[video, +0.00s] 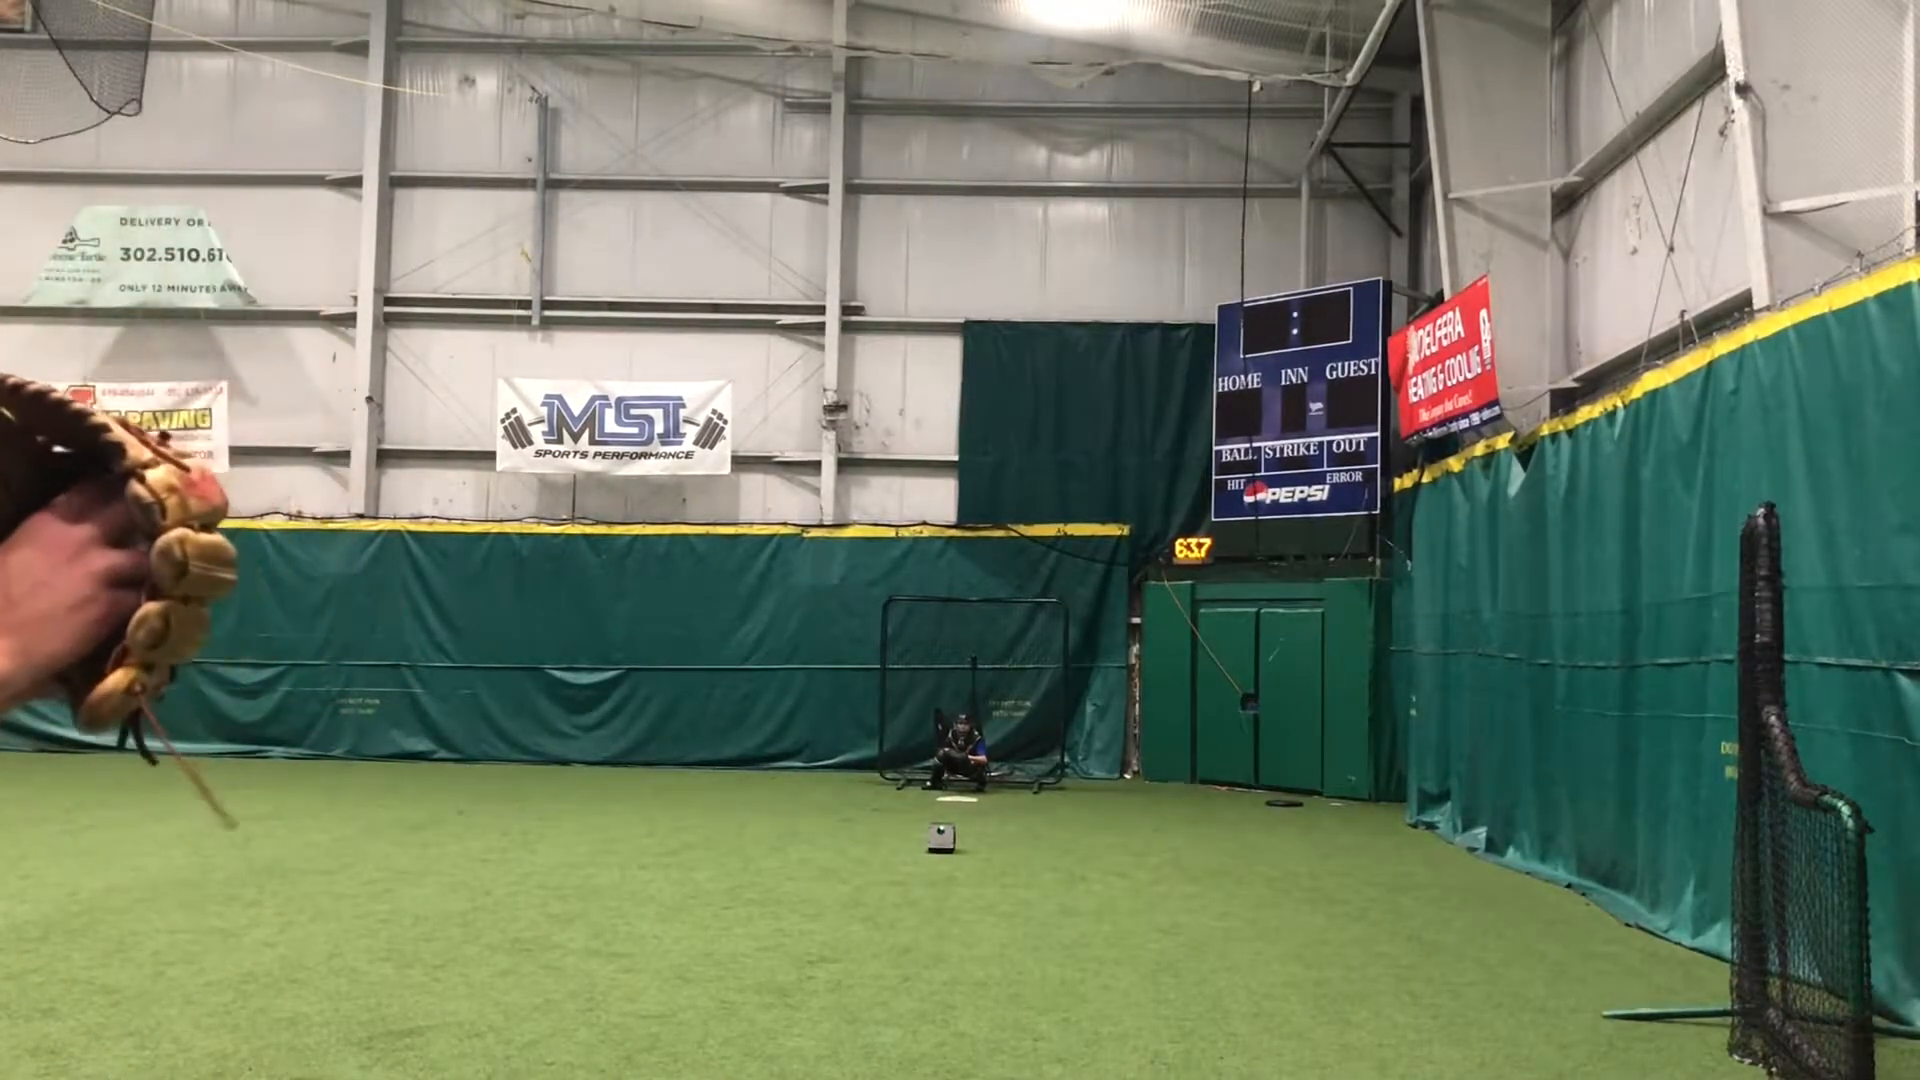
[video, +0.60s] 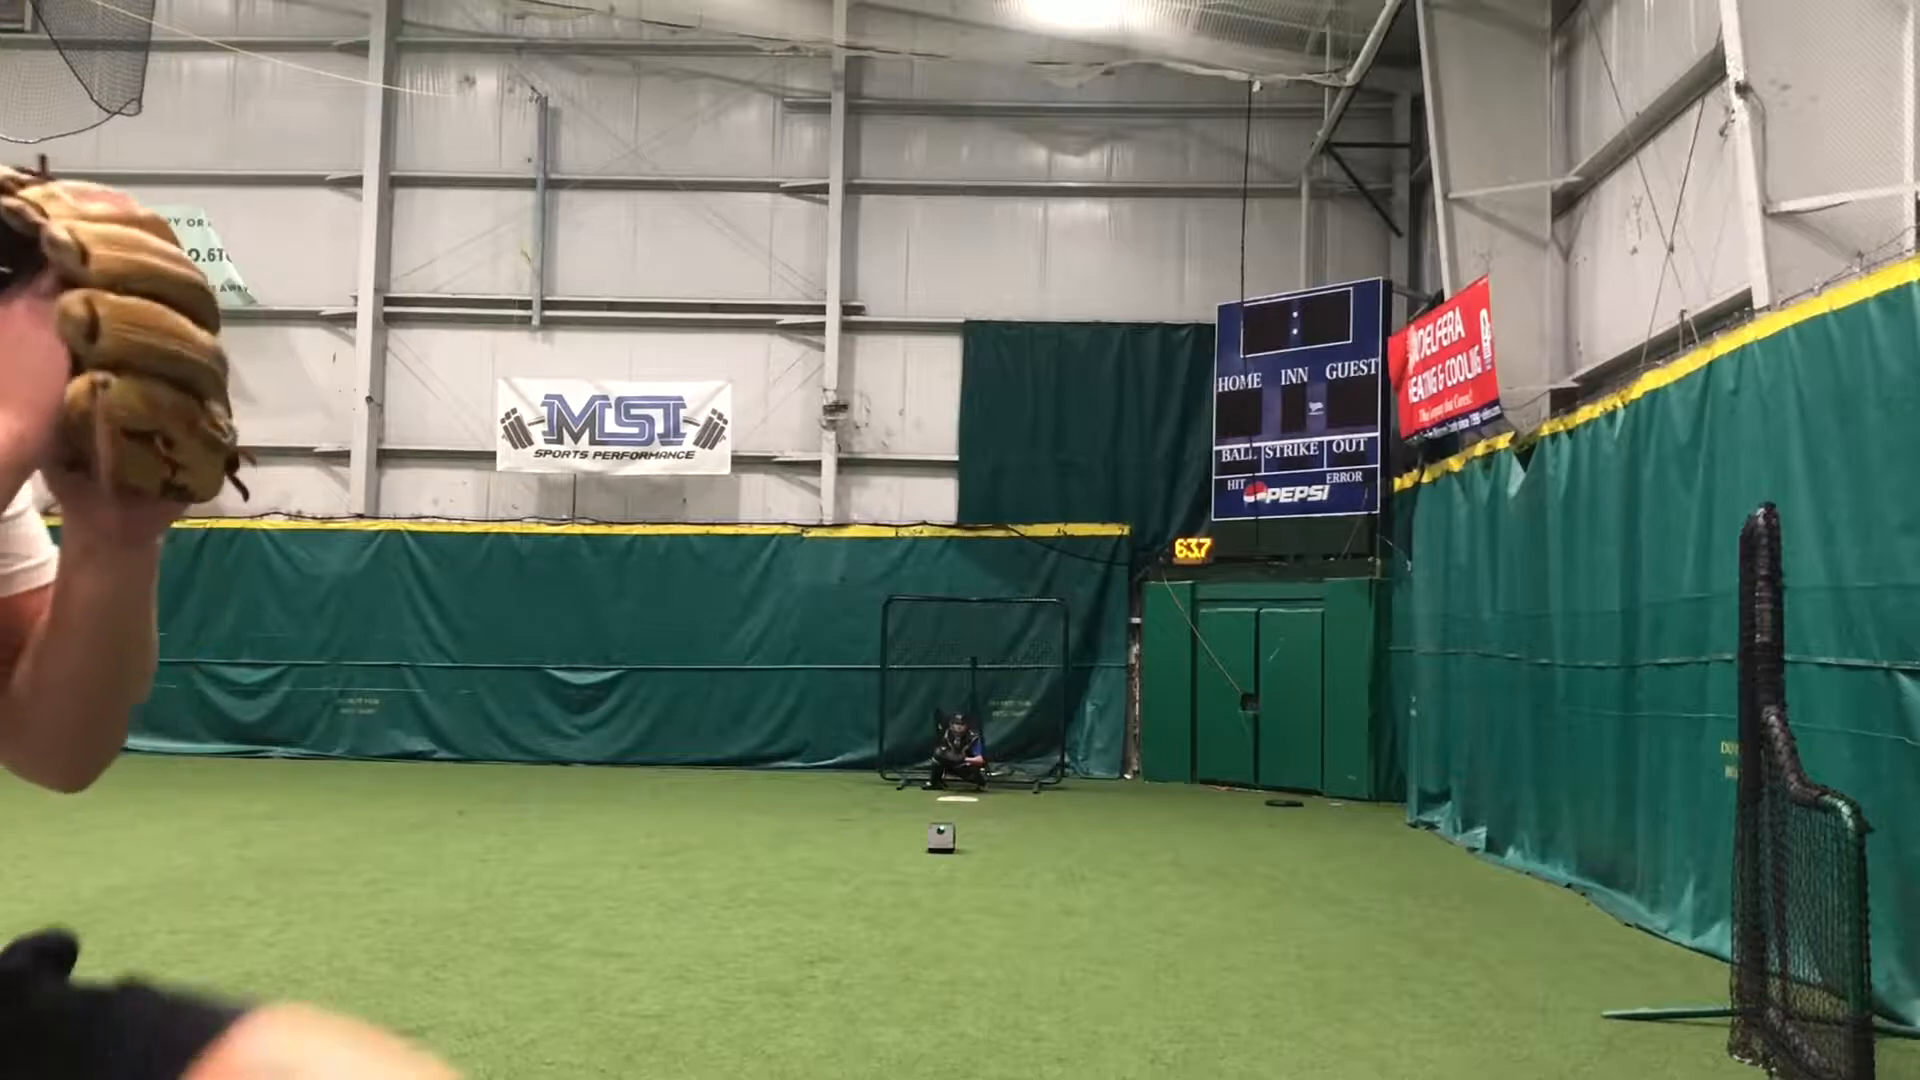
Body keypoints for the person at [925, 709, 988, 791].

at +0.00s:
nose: (962, 727)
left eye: (965, 724)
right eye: (960, 724)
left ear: (970, 726)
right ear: (955, 725)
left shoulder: (976, 739)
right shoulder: (950, 735)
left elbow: (983, 759)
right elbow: (944, 749)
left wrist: (967, 757)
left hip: (969, 764)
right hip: (953, 763)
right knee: (941, 756)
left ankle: (981, 784)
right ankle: (936, 782)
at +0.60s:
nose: (958, 727)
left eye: (961, 724)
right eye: (956, 724)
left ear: (966, 726)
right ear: (951, 725)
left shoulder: (973, 738)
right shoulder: (946, 735)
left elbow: (980, 760)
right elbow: (939, 751)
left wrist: (964, 759)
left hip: (966, 766)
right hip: (949, 764)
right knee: (937, 760)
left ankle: (981, 783)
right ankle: (935, 782)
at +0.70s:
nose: (957, 726)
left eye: (960, 724)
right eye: (955, 723)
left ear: (965, 725)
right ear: (950, 725)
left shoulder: (972, 738)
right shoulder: (945, 735)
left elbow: (979, 759)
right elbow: (938, 751)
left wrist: (963, 757)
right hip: (948, 763)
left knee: (963, 768)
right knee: (936, 760)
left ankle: (980, 782)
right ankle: (936, 782)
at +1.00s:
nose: (954, 726)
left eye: (958, 723)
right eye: (952, 722)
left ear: (963, 725)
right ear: (947, 724)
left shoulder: (970, 738)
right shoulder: (942, 735)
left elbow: (976, 758)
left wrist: (960, 756)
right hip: (946, 760)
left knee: (960, 768)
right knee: (935, 753)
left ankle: (980, 782)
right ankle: (935, 782)